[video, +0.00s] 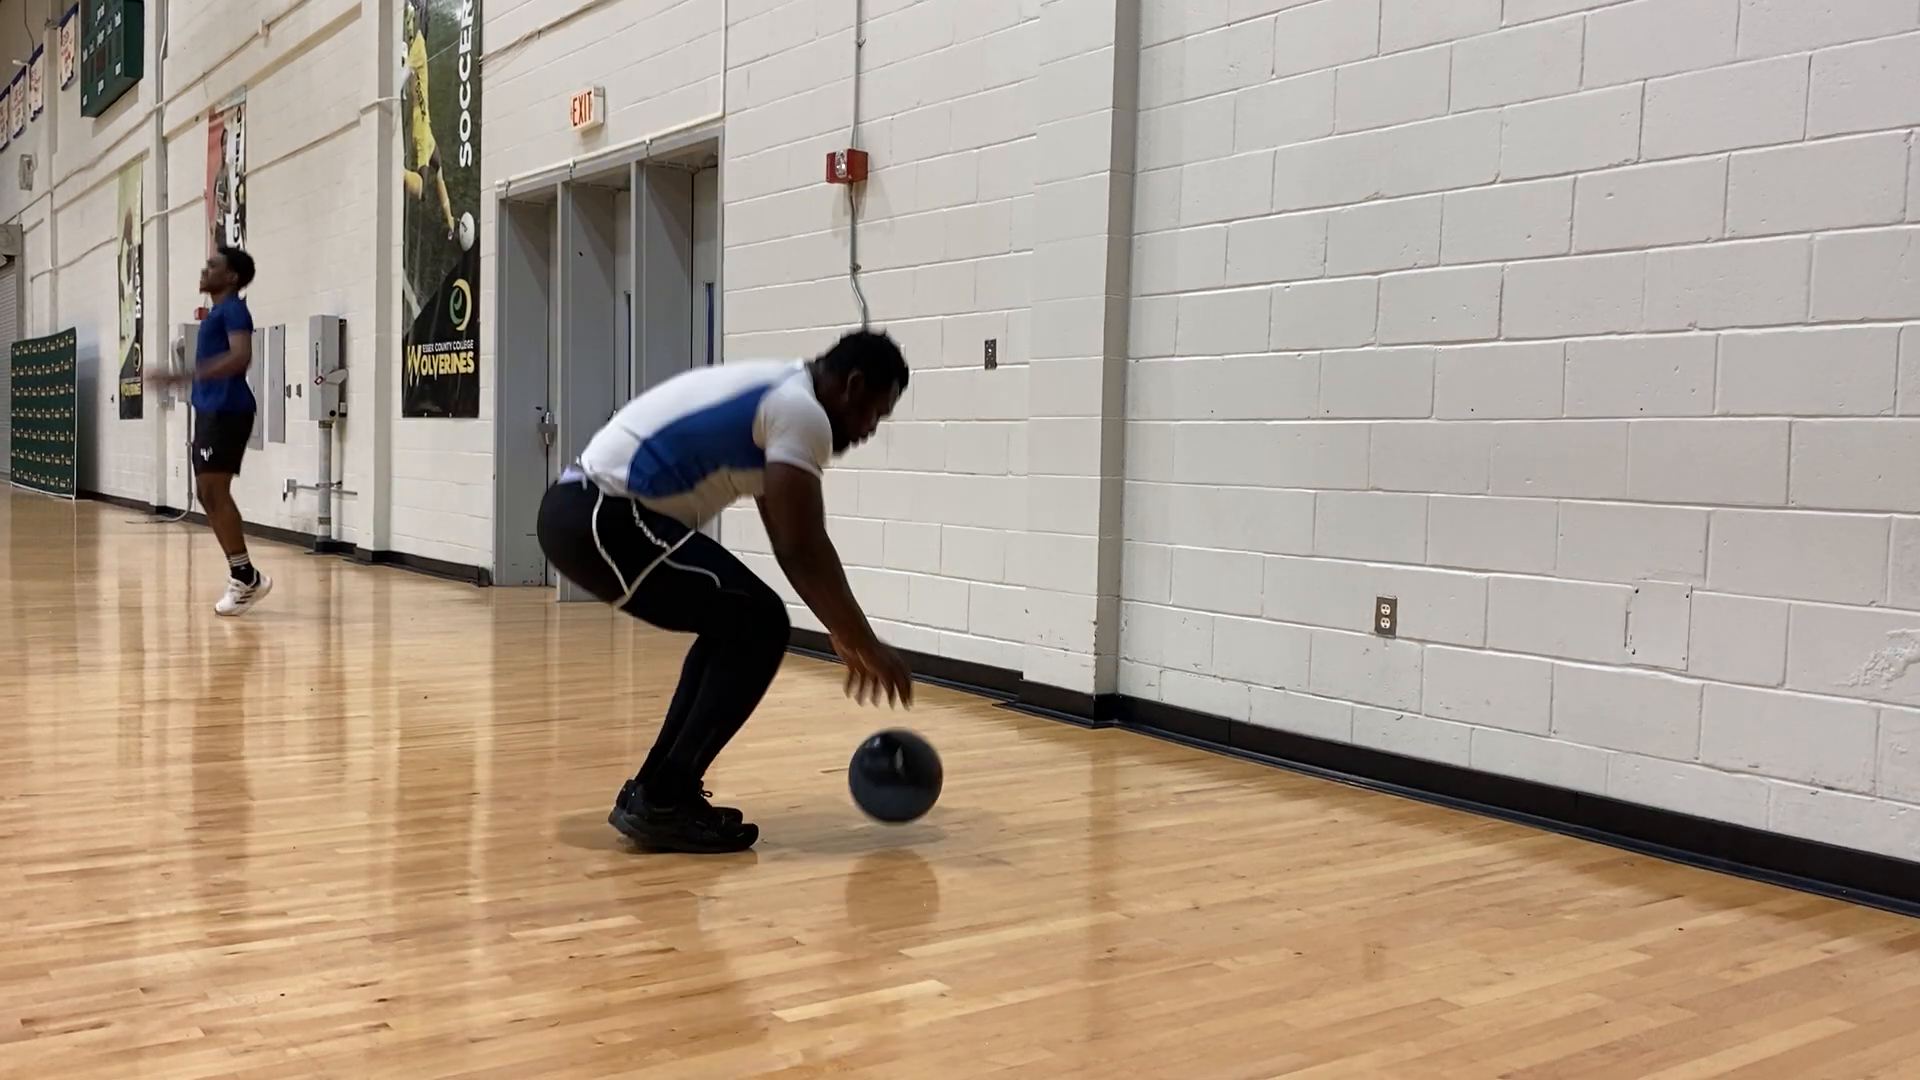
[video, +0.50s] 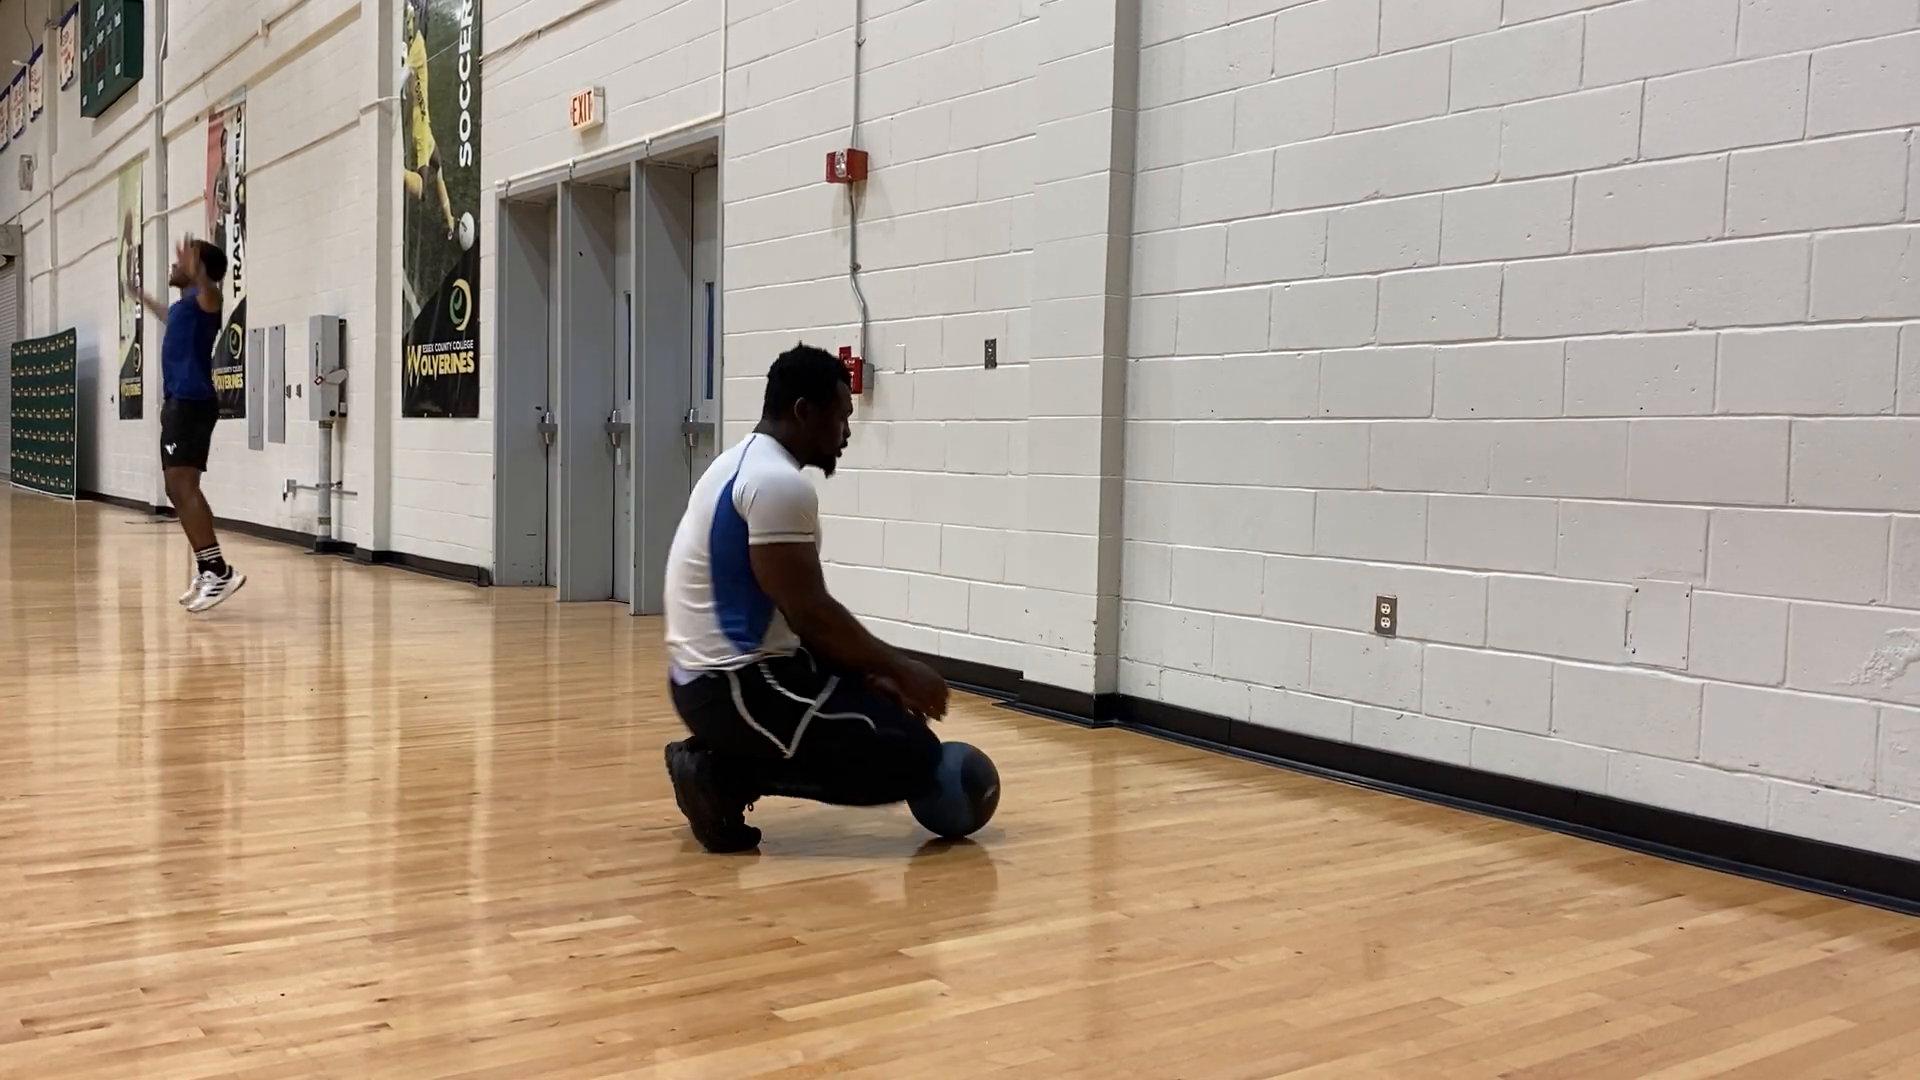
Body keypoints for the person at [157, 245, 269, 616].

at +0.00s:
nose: (205, 268)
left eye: (213, 265)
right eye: (208, 263)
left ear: (231, 277)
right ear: (222, 275)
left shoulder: (233, 309)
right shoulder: (216, 312)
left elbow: (240, 356)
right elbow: (213, 365)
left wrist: (191, 375)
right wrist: (173, 379)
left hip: (227, 410)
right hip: (211, 410)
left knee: (214, 491)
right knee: (205, 492)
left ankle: (244, 579)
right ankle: (244, 576)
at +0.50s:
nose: (173, 265)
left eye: (181, 261)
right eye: (177, 260)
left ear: (198, 271)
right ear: (186, 270)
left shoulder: (206, 301)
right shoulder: (183, 306)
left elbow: (207, 294)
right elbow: (167, 314)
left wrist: (196, 269)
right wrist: (142, 296)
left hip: (193, 403)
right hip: (179, 403)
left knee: (183, 488)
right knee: (177, 489)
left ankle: (219, 572)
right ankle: (206, 571)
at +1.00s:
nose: (142, 257)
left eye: (149, 254)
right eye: (146, 252)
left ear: (164, 264)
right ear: (163, 265)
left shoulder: (168, 292)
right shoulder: (151, 300)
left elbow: (165, 306)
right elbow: (129, 318)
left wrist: (112, 291)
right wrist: (107, 295)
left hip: (155, 399)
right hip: (143, 399)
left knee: (147, 487)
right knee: (146, 487)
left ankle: (176, 573)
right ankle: (177, 570)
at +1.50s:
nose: (98, 254)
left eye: (106, 250)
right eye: (102, 249)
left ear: (121, 262)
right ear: (117, 262)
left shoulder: (124, 291)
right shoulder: (109, 296)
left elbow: (135, 322)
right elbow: (101, 336)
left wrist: (102, 320)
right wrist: (65, 328)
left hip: (116, 397)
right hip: (103, 397)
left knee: (101, 486)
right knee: (96, 488)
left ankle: (126, 577)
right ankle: (128, 572)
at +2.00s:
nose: (57, 262)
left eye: (66, 258)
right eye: (60, 257)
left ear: (81, 266)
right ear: (66, 269)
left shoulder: (88, 296)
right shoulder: (68, 298)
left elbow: (103, 271)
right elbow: (53, 271)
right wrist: (45, 228)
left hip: (82, 405)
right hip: (67, 405)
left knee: (67, 494)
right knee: (65, 494)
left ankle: (95, 583)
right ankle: (94, 581)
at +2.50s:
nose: (17, 274)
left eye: (26, 269)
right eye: (21, 268)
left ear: (44, 281)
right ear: (41, 282)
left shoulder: (49, 319)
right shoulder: (32, 319)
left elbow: (65, 380)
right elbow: (37, 378)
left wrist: (39, 423)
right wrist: (15, 410)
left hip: (50, 424)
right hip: (35, 422)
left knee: (16, 505)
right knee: (15, 505)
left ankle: (60, 591)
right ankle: (58, 589)